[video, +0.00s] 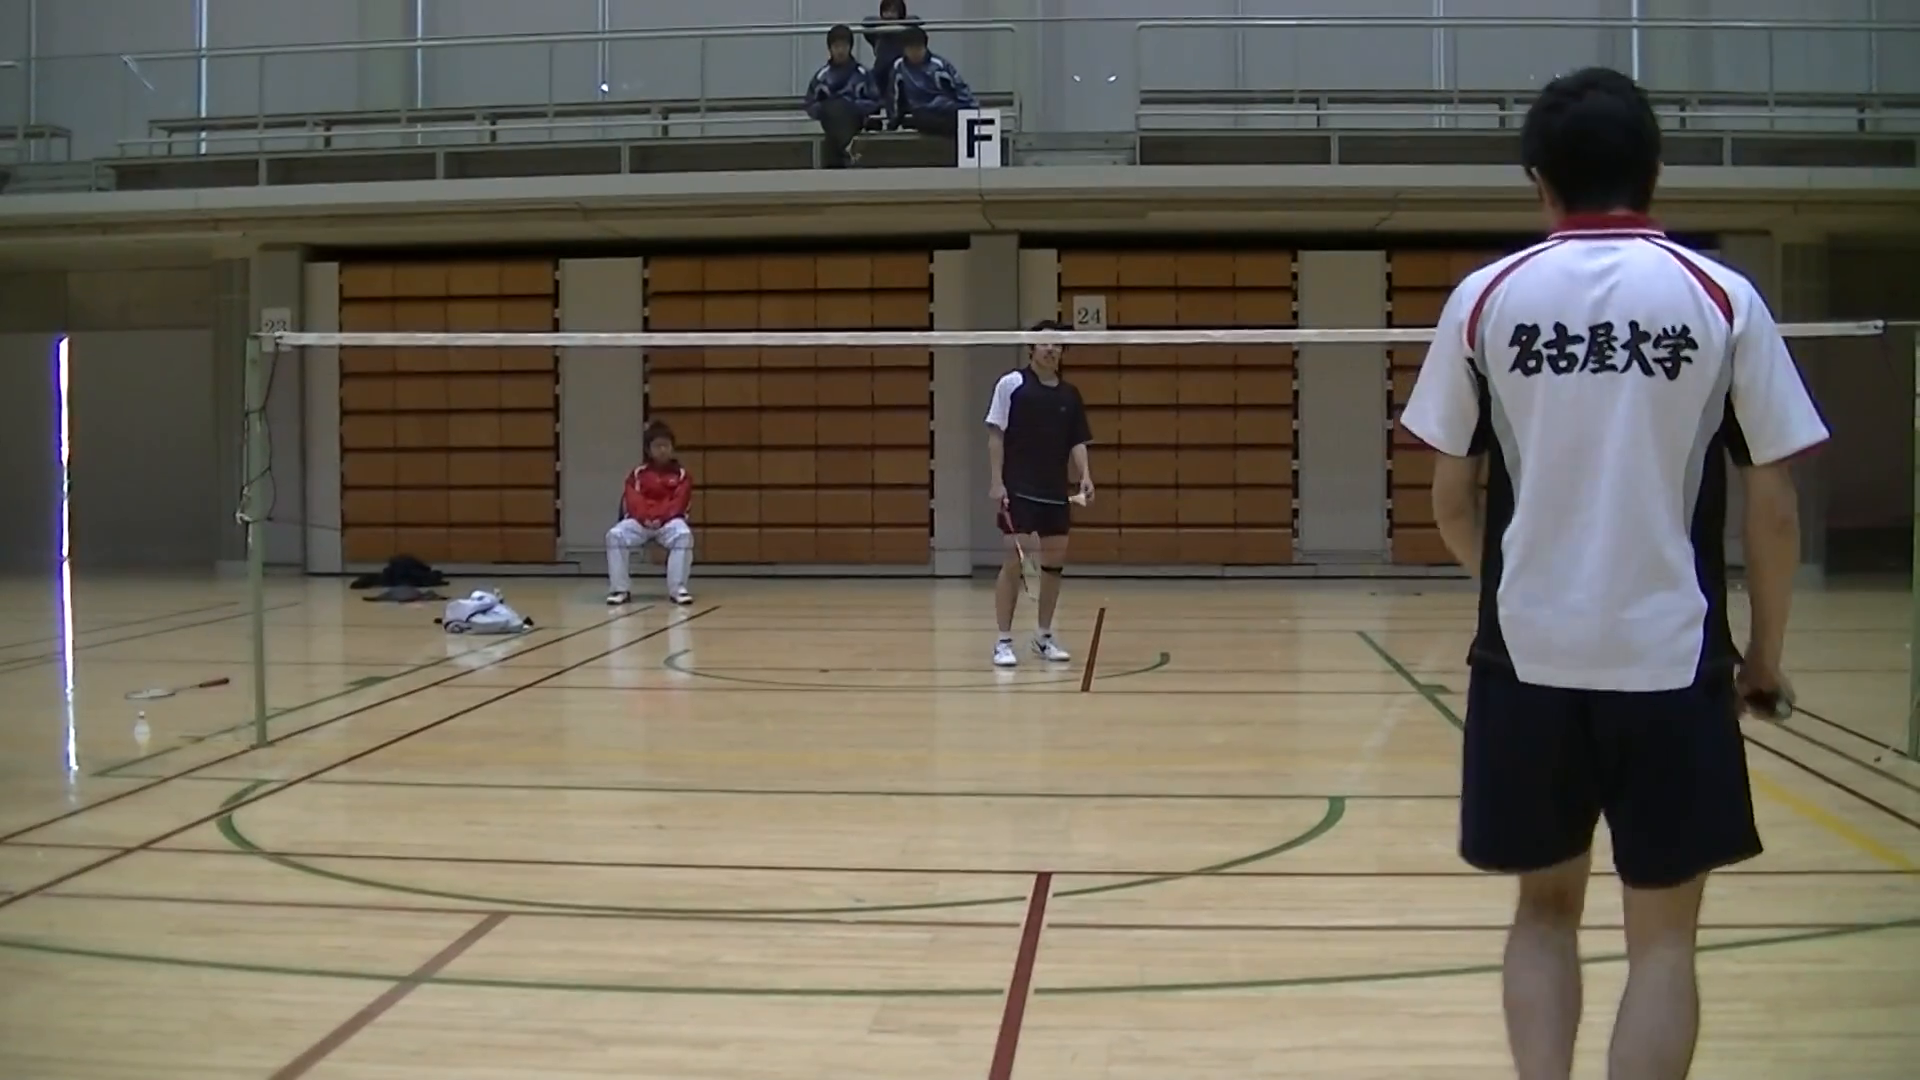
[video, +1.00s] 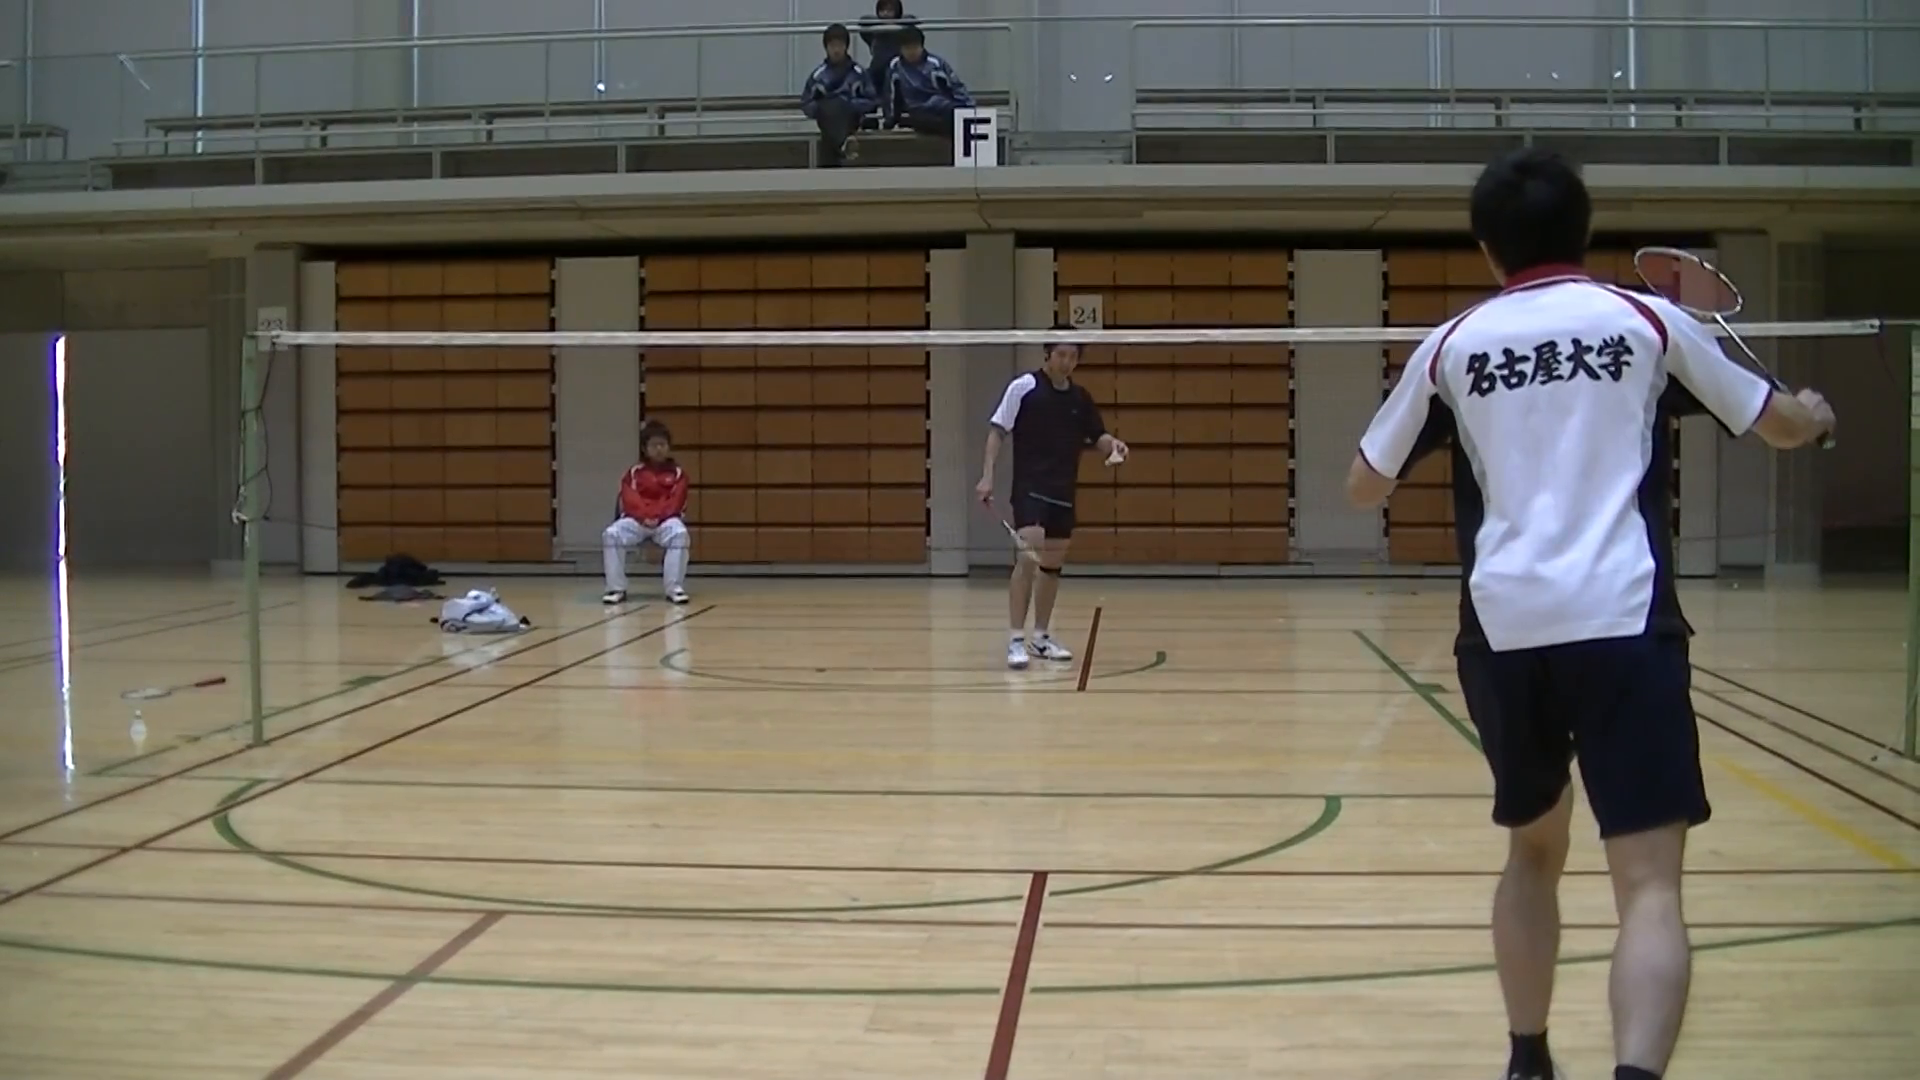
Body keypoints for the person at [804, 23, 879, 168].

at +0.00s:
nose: (840, 50)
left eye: (844, 46)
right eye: (836, 46)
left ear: (850, 47)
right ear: (829, 48)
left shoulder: (863, 73)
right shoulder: (821, 75)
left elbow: (874, 103)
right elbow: (810, 105)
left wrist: (849, 105)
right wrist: (827, 107)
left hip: (856, 122)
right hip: (830, 122)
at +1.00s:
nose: (836, 50)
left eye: (840, 45)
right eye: (832, 45)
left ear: (846, 47)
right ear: (826, 47)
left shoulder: (859, 72)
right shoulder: (818, 74)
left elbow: (871, 102)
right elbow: (807, 106)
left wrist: (846, 104)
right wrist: (823, 105)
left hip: (852, 119)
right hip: (826, 119)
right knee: (830, 105)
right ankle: (843, 143)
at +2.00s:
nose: (835, 50)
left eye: (839, 45)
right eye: (831, 45)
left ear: (845, 47)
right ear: (824, 48)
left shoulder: (857, 72)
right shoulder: (815, 75)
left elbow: (869, 102)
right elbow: (806, 106)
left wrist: (844, 105)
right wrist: (822, 106)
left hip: (850, 119)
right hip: (824, 120)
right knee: (830, 105)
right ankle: (841, 143)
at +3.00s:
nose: (842, 50)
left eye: (846, 45)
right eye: (838, 46)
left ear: (852, 47)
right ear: (832, 48)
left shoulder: (866, 74)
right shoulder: (823, 76)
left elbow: (876, 103)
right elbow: (814, 105)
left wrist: (846, 103)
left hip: (860, 120)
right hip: (831, 120)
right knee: (835, 105)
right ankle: (851, 142)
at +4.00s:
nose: (830, 52)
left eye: (833, 46)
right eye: (825, 46)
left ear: (840, 48)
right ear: (819, 49)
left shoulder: (852, 75)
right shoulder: (810, 77)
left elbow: (864, 103)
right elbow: (799, 106)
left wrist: (840, 108)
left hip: (846, 122)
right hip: (818, 123)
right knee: (828, 108)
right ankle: (840, 148)